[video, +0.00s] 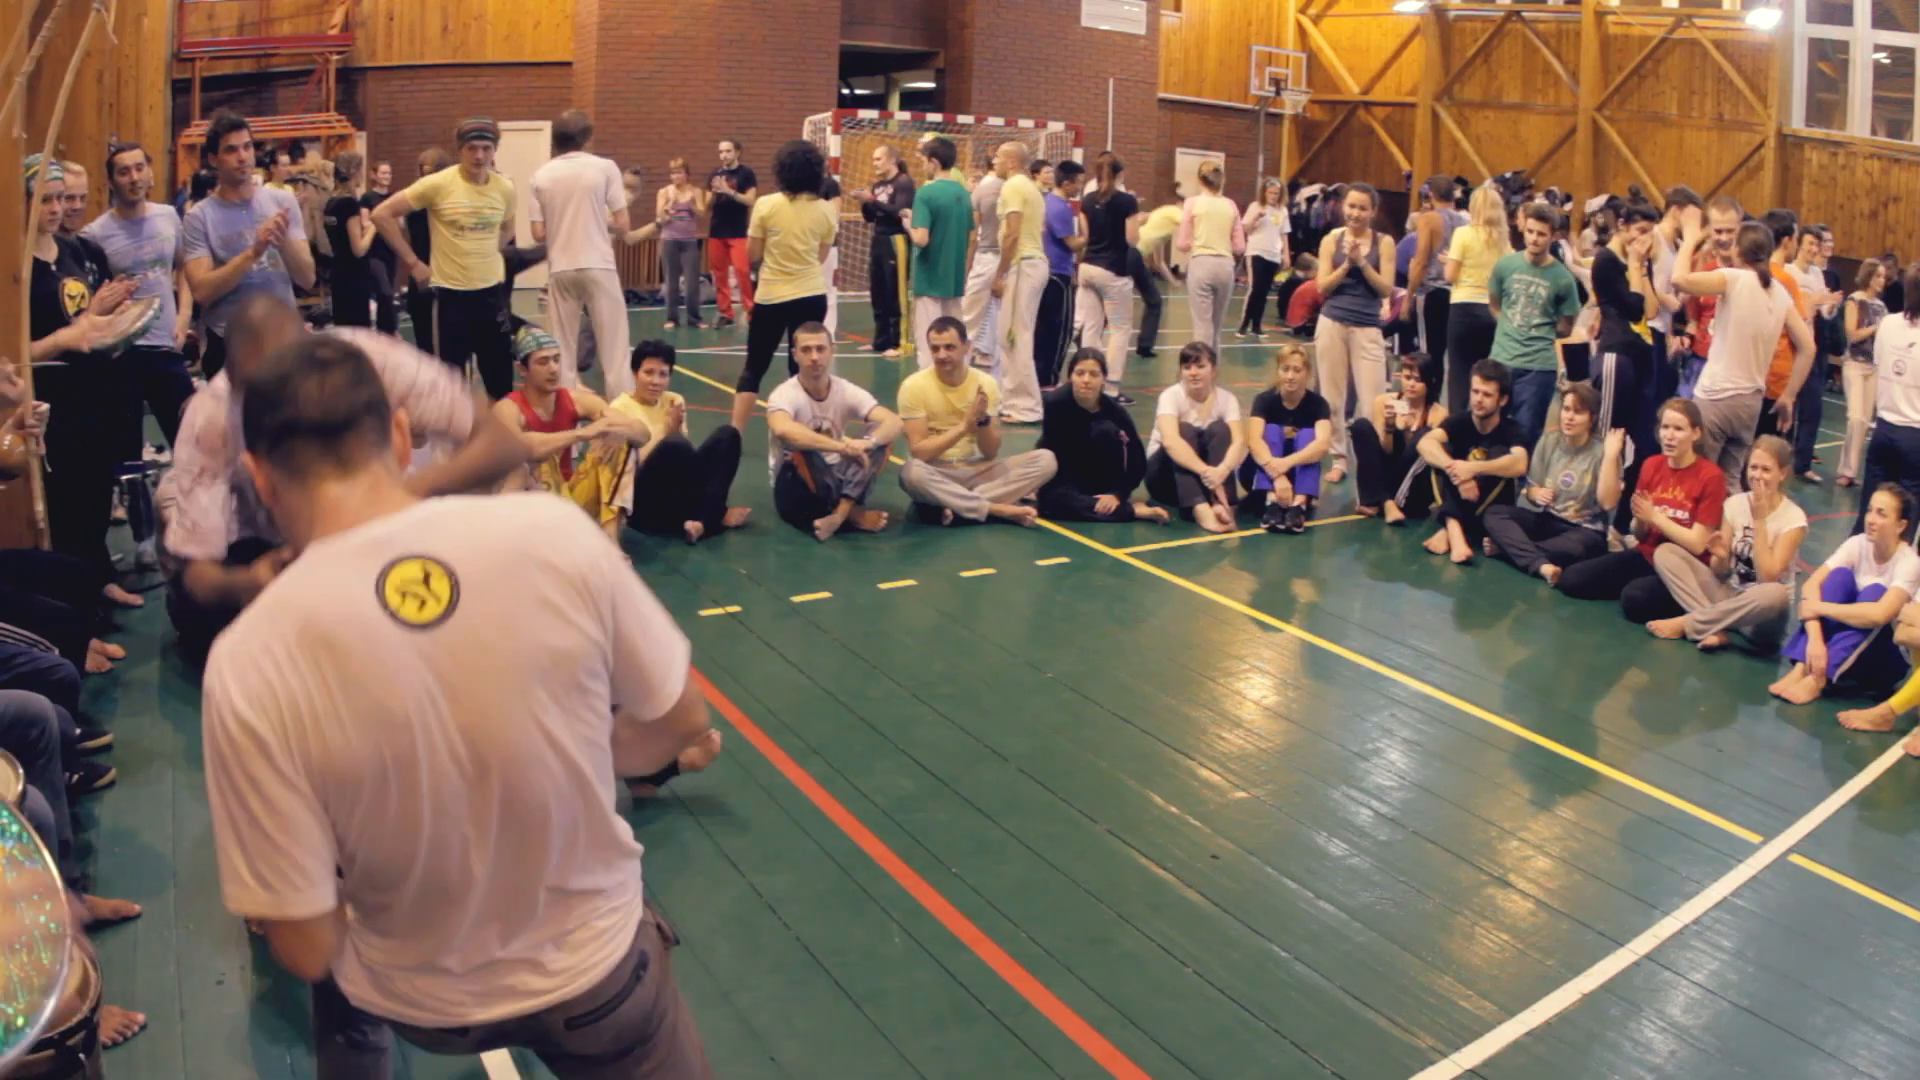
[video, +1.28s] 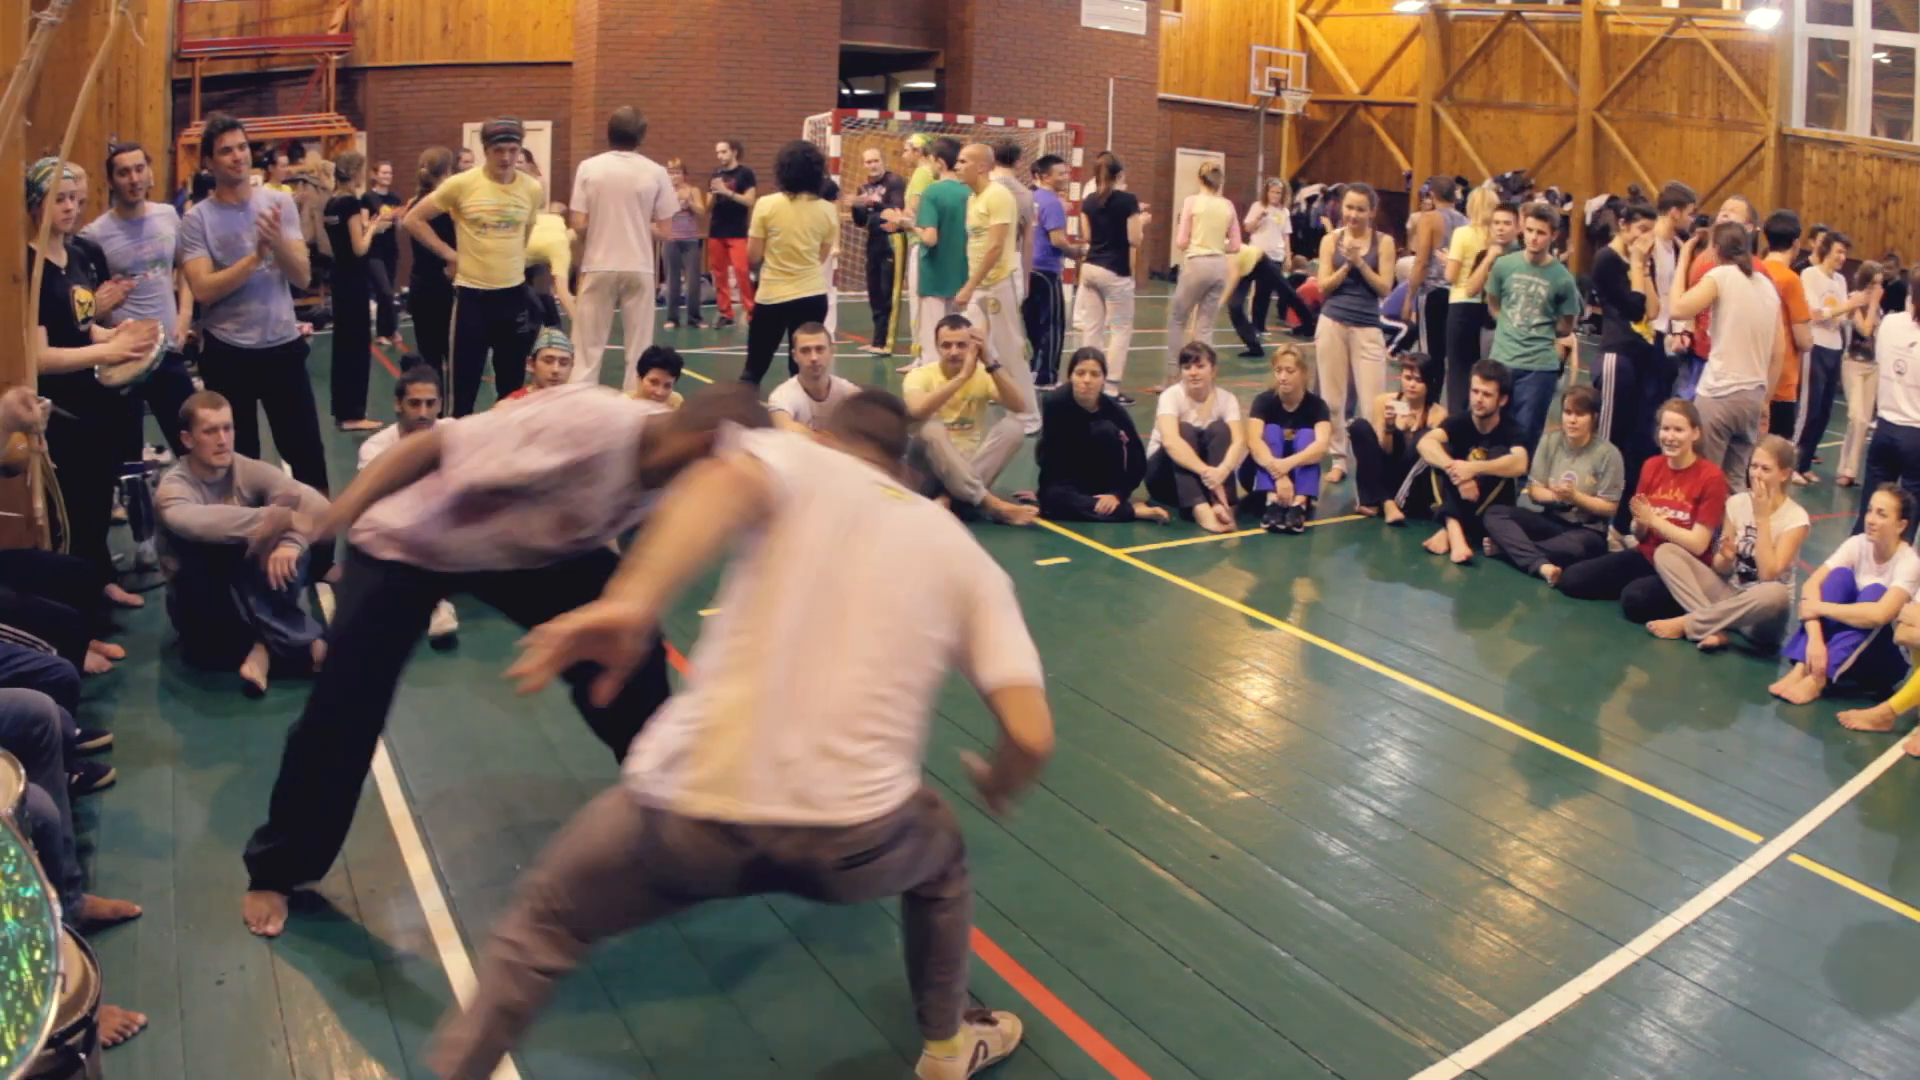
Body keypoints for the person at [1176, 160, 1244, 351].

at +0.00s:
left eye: (1198, 179)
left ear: (1200, 180)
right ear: (1221, 182)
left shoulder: (1191, 203)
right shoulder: (1231, 205)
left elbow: (1183, 243)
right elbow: (1239, 246)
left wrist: (1199, 241)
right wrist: (1221, 242)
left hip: (1200, 258)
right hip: (1225, 261)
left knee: (1202, 321)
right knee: (1217, 322)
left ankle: (1202, 368)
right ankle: (1212, 367)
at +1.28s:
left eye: (1198, 180)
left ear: (1200, 181)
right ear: (1220, 182)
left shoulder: (1191, 202)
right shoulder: (1228, 206)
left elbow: (1182, 240)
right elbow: (1235, 244)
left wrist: (1188, 247)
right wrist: (1216, 244)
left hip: (1196, 260)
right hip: (1219, 261)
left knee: (1178, 317)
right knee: (1206, 322)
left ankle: (1175, 370)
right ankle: (1203, 370)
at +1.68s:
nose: (1178, 186)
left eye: (1178, 182)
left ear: (1177, 183)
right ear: (1197, 184)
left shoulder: (1169, 205)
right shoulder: (1208, 206)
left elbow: (1165, 245)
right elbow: (1216, 244)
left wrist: (1173, 259)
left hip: (1179, 259)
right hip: (1204, 259)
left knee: (1165, 318)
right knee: (1195, 323)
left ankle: (1157, 366)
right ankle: (1199, 368)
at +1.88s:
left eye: (1162, 186)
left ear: (1161, 188)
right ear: (1181, 187)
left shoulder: (1157, 210)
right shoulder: (1193, 208)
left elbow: (1153, 251)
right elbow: (1202, 243)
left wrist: (1151, 278)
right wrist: (1194, 259)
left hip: (1170, 259)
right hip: (1194, 258)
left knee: (1155, 317)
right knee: (1178, 320)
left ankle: (1152, 375)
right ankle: (1181, 374)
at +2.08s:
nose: (1147, 208)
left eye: (1148, 204)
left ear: (1151, 205)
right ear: (1170, 204)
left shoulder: (1147, 227)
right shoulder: (1183, 222)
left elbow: (1143, 264)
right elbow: (1195, 255)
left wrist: (1132, 288)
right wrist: (1191, 270)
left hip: (1167, 273)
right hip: (1190, 272)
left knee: (1144, 323)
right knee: (1160, 325)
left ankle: (1152, 374)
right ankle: (1159, 374)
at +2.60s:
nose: (1147, 187)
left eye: (1147, 184)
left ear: (1149, 184)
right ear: (1169, 184)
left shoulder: (1144, 207)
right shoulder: (1183, 205)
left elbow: (1140, 244)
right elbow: (1199, 233)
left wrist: (1135, 269)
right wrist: (1181, 241)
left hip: (1158, 258)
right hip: (1182, 256)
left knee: (1145, 313)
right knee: (1163, 315)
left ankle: (1157, 366)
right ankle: (1162, 367)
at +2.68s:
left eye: (1151, 179)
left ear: (1151, 180)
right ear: (1171, 179)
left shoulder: (1144, 202)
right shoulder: (1184, 202)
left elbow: (1140, 234)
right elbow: (1199, 229)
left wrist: (1146, 245)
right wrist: (1182, 239)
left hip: (1158, 251)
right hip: (1182, 251)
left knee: (1149, 314)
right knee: (1176, 314)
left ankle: (1160, 371)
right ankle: (1179, 368)